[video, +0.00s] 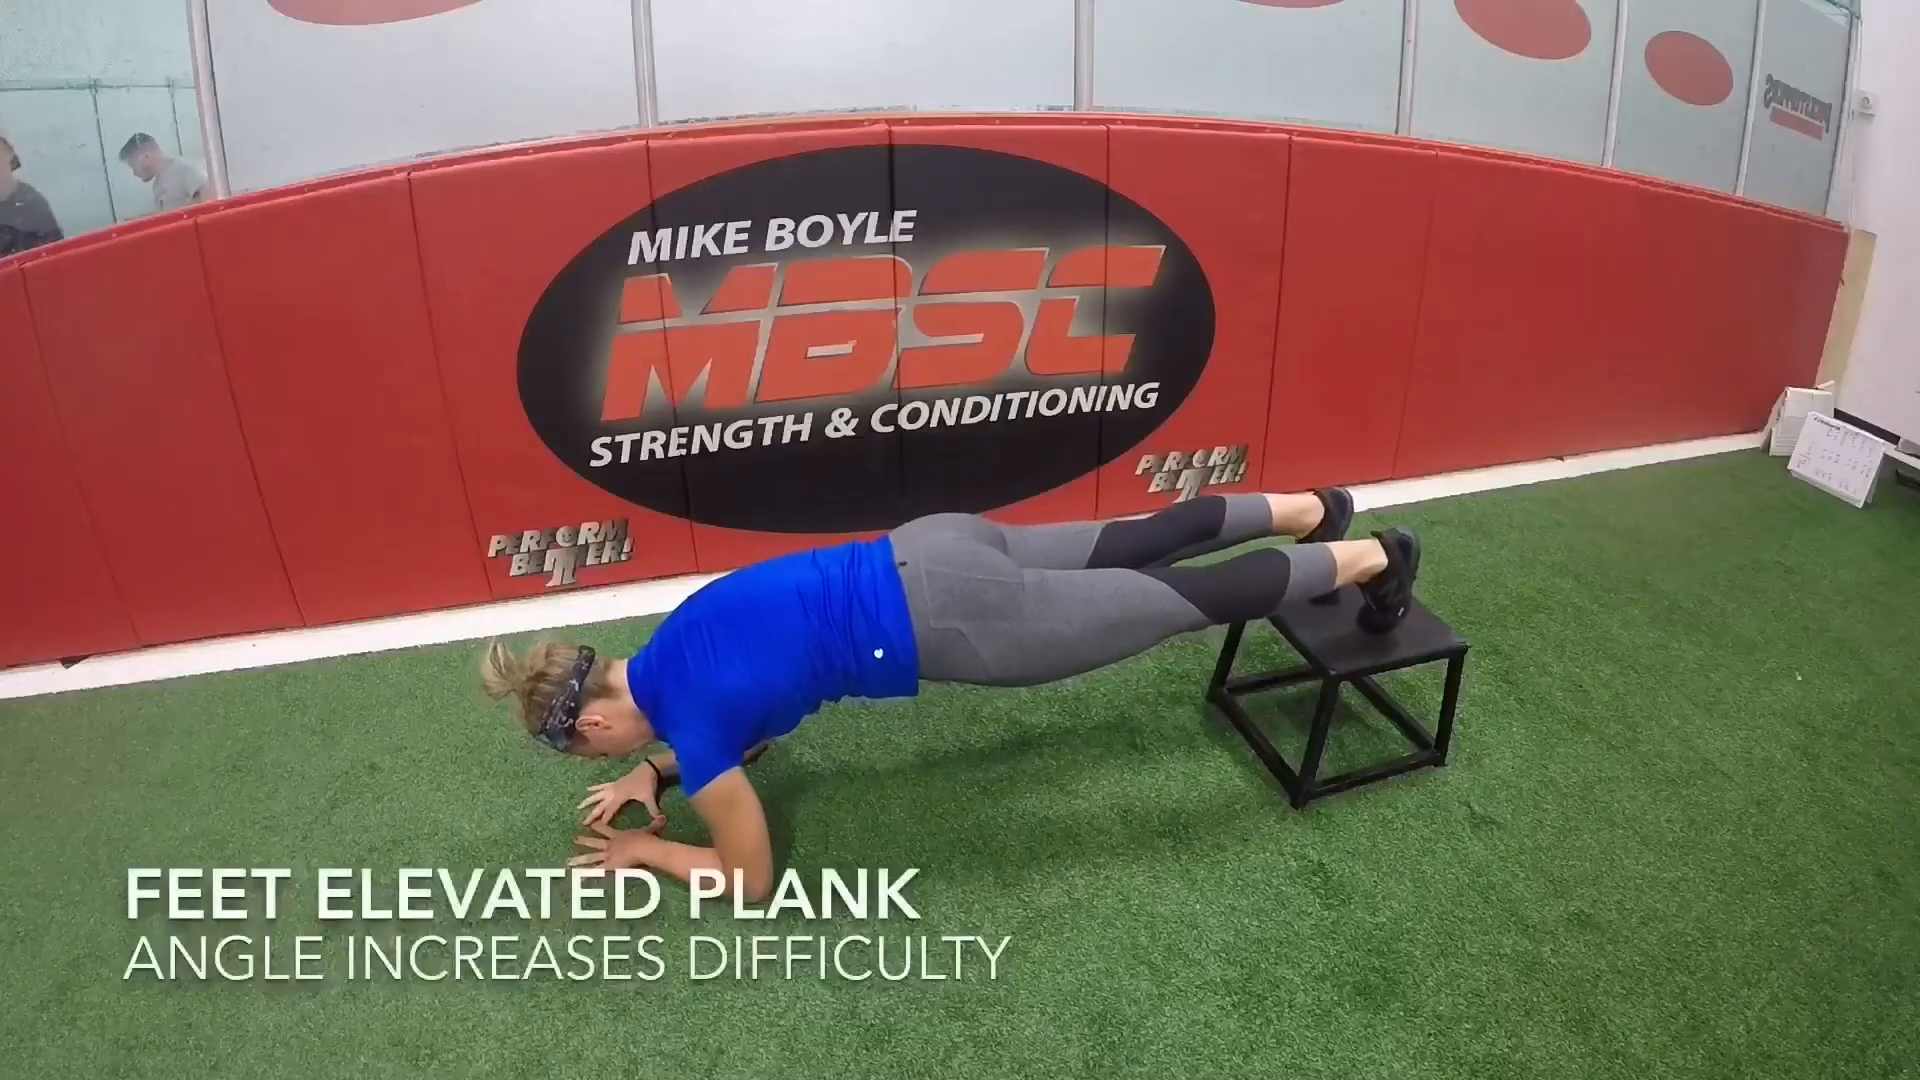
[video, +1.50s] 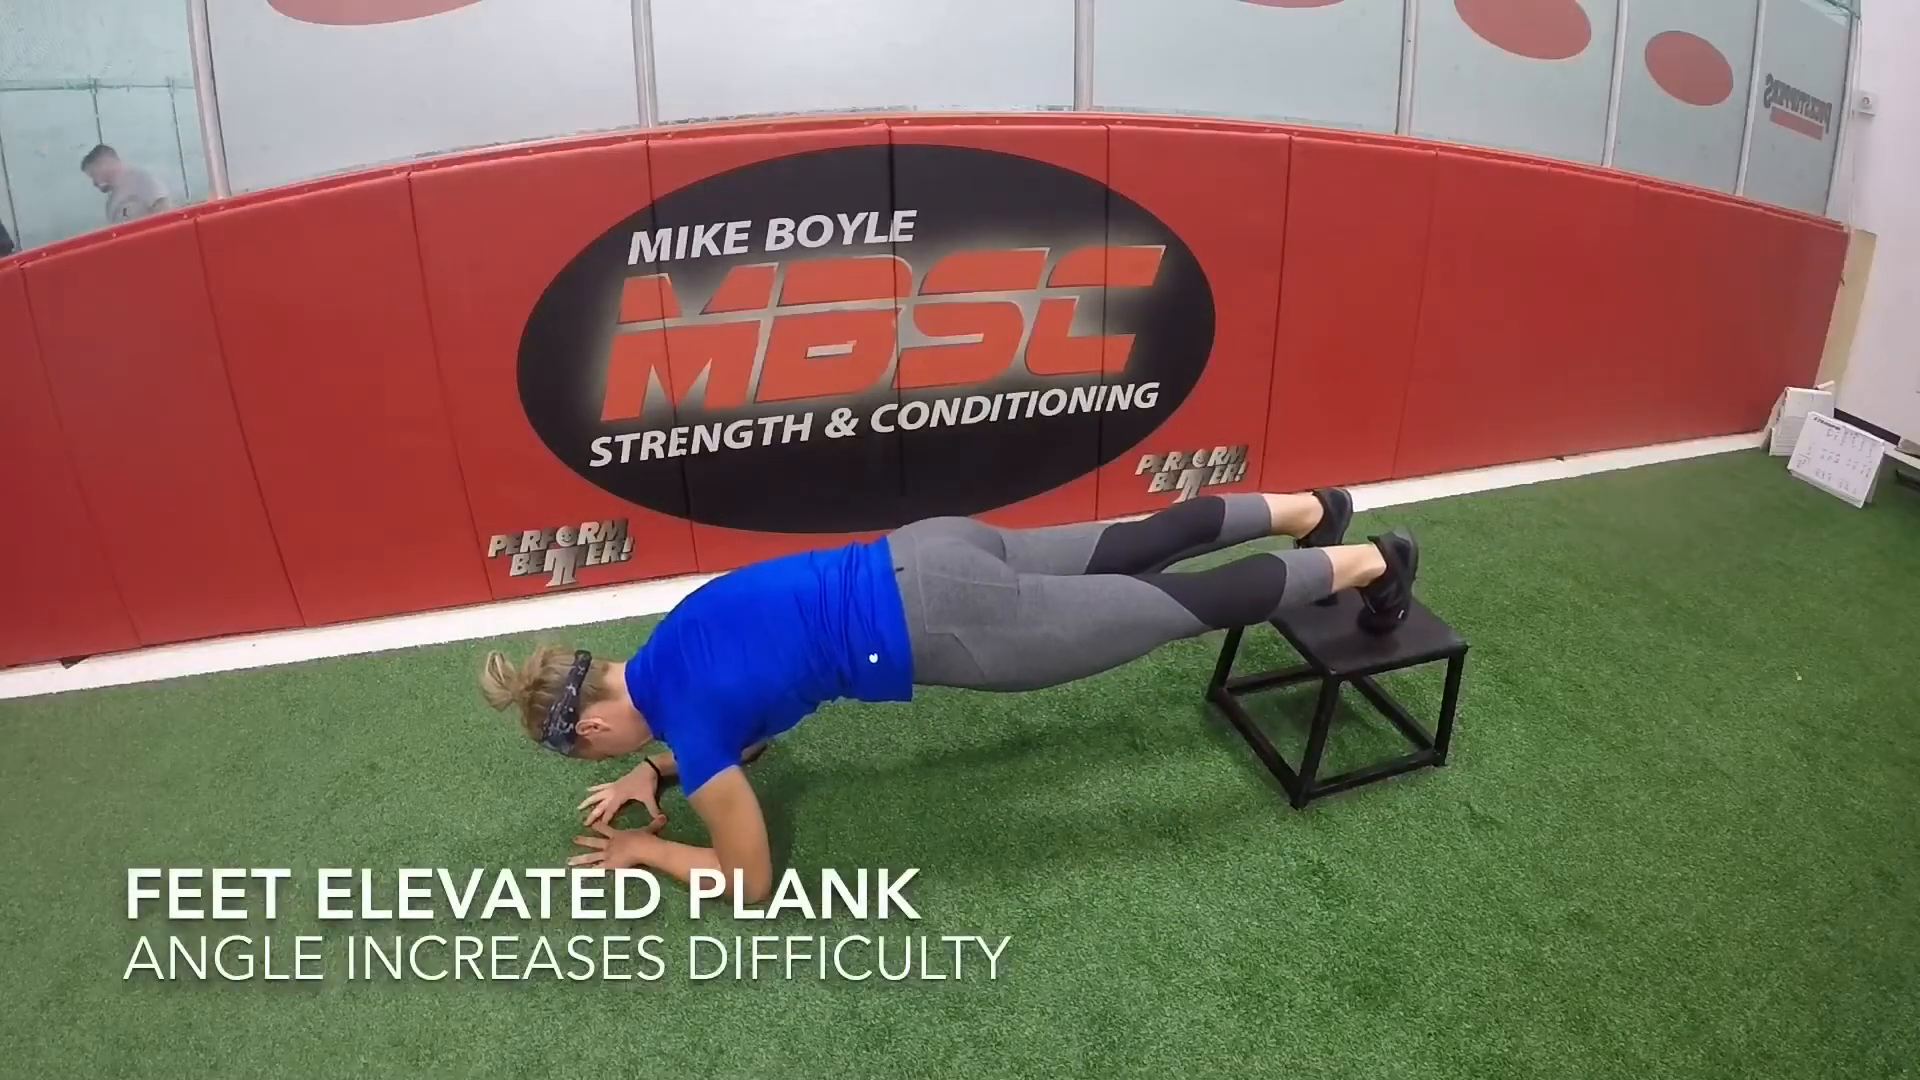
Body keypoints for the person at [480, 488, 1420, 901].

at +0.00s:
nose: (606, 753)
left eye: (590, 743)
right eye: (594, 746)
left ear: (602, 711)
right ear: (601, 674)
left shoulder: (692, 722)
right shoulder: (672, 633)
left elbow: (747, 879)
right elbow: (743, 744)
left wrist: (645, 854)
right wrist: (658, 798)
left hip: (939, 623)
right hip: (923, 538)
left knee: (1171, 605)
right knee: (1114, 543)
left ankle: (1344, 562)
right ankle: (1270, 507)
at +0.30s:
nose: (606, 751)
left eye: (591, 742)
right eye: (594, 744)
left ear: (600, 709)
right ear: (598, 668)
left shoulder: (689, 720)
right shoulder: (671, 628)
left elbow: (748, 879)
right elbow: (746, 740)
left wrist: (644, 854)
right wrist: (663, 791)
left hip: (938, 625)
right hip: (923, 539)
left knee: (1170, 606)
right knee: (1120, 543)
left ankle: (1343, 563)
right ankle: (1274, 508)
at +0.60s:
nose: (604, 751)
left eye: (588, 743)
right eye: (592, 744)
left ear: (598, 711)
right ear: (597, 670)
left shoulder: (690, 720)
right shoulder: (670, 629)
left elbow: (748, 879)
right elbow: (748, 739)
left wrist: (645, 851)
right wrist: (662, 790)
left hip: (937, 625)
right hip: (923, 540)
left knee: (1169, 605)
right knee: (1120, 544)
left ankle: (1340, 563)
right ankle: (1278, 509)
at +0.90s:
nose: (607, 752)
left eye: (591, 743)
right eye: (595, 745)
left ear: (600, 710)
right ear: (599, 669)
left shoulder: (690, 719)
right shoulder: (672, 630)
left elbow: (748, 878)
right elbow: (749, 740)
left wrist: (646, 852)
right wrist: (663, 789)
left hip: (937, 626)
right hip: (921, 540)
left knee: (1171, 607)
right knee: (1120, 544)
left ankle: (1342, 564)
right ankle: (1277, 508)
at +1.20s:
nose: (609, 752)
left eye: (593, 743)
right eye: (597, 745)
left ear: (602, 710)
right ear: (601, 670)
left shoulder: (689, 717)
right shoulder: (673, 629)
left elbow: (748, 878)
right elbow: (749, 741)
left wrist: (645, 852)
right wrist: (660, 792)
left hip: (942, 629)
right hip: (921, 540)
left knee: (1176, 607)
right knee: (1119, 544)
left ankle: (1346, 566)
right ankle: (1276, 508)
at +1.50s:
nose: (608, 753)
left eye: (592, 743)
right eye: (596, 745)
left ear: (602, 709)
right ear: (600, 671)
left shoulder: (690, 718)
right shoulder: (673, 630)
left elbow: (747, 878)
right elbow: (748, 742)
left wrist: (644, 852)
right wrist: (660, 793)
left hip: (942, 629)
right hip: (920, 541)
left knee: (1175, 608)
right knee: (1117, 545)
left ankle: (1344, 566)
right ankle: (1270, 508)